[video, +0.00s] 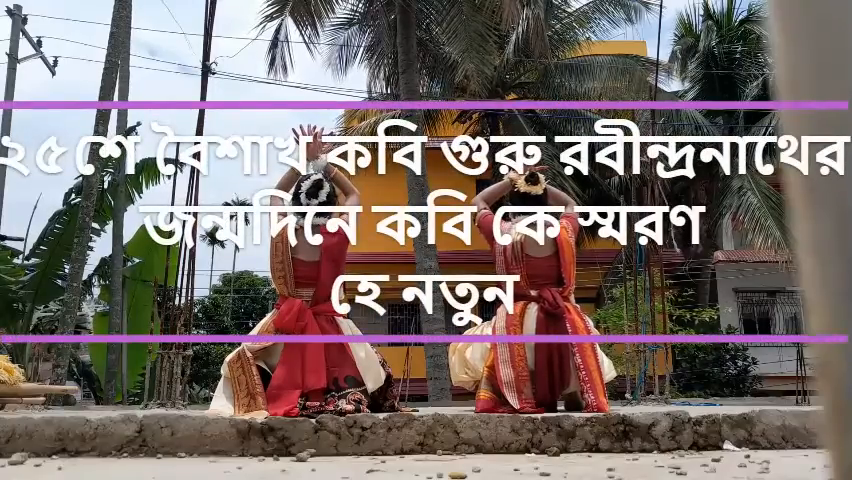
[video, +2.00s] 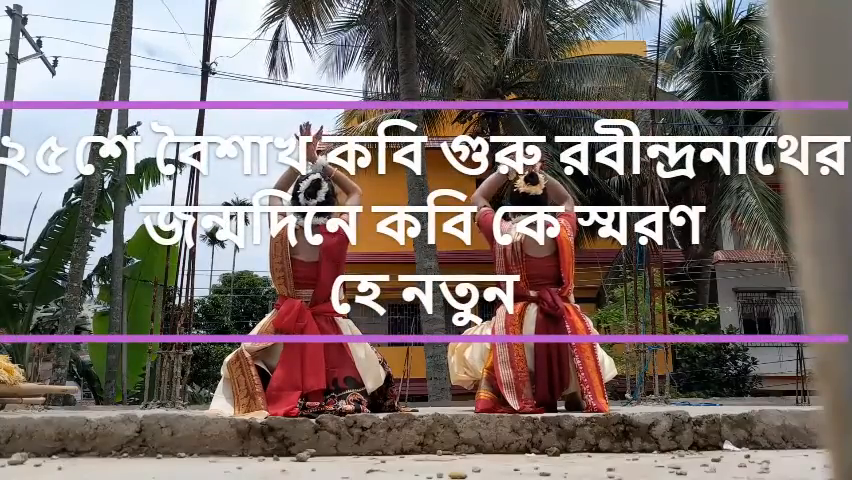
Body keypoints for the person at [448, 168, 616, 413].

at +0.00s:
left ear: (512, 210)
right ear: (545, 207)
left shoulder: (503, 233)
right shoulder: (563, 232)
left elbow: (480, 201)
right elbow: (569, 204)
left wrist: (509, 182)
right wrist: (542, 187)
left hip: (518, 317)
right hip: (561, 316)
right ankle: (573, 392)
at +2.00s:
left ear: (510, 206)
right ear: (544, 204)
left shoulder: (502, 233)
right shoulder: (562, 231)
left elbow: (479, 197)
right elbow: (566, 200)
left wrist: (505, 171)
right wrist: (540, 176)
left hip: (517, 320)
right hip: (562, 319)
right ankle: (575, 395)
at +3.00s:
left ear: (511, 207)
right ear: (544, 207)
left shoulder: (495, 236)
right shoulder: (566, 235)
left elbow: (444, 233)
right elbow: (610, 226)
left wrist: (441, 197)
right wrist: (596, 196)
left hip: (512, 323)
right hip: (561, 321)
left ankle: (490, 393)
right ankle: (575, 394)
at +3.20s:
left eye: (507, 208)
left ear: (509, 210)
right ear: (545, 208)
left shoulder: (495, 238)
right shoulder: (568, 237)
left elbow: (443, 241)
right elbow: (614, 234)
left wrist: (430, 204)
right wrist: (606, 198)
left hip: (512, 324)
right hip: (561, 322)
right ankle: (577, 402)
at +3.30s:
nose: (506, 216)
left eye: (506, 211)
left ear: (509, 212)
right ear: (545, 209)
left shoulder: (494, 238)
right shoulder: (568, 237)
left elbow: (443, 243)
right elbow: (616, 235)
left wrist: (423, 206)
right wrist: (611, 199)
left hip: (512, 325)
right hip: (561, 324)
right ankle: (575, 398)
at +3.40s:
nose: (507, 215)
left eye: (507, 210)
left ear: (510, 211)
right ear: (545, 209)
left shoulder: (495, 238)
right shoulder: (569, 238)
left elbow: (444, 244)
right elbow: (616, 237)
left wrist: (420, 213)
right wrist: (616, 199)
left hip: (513, 325)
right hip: (562, 324)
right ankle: (575, 396)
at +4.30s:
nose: (528, 209)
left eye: (528, 203)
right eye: (530, 203)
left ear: (515, 207)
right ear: (550, 207)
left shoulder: (497, 243)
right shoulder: (573, 244)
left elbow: (462, 274)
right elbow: (616, 271)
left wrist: (426, 260)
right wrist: (638, 246)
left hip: (510, 328)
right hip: (565, 329)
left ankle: (511, 401)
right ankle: (575, 394)